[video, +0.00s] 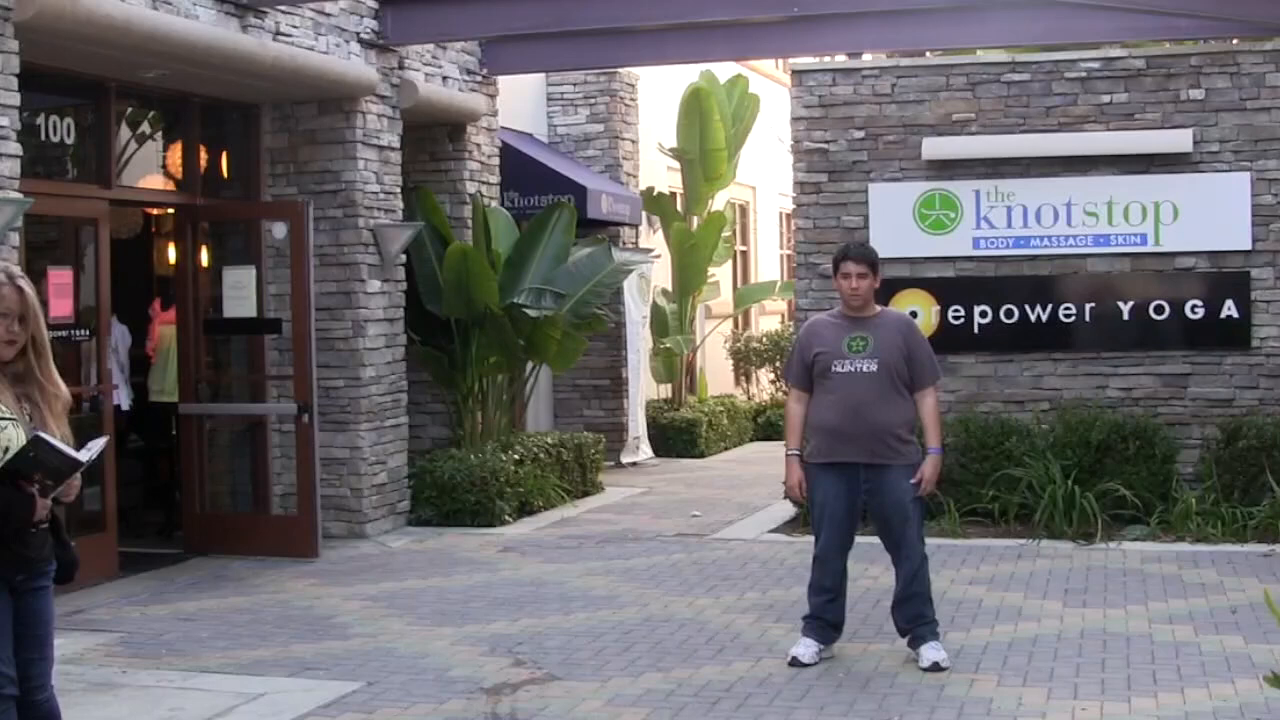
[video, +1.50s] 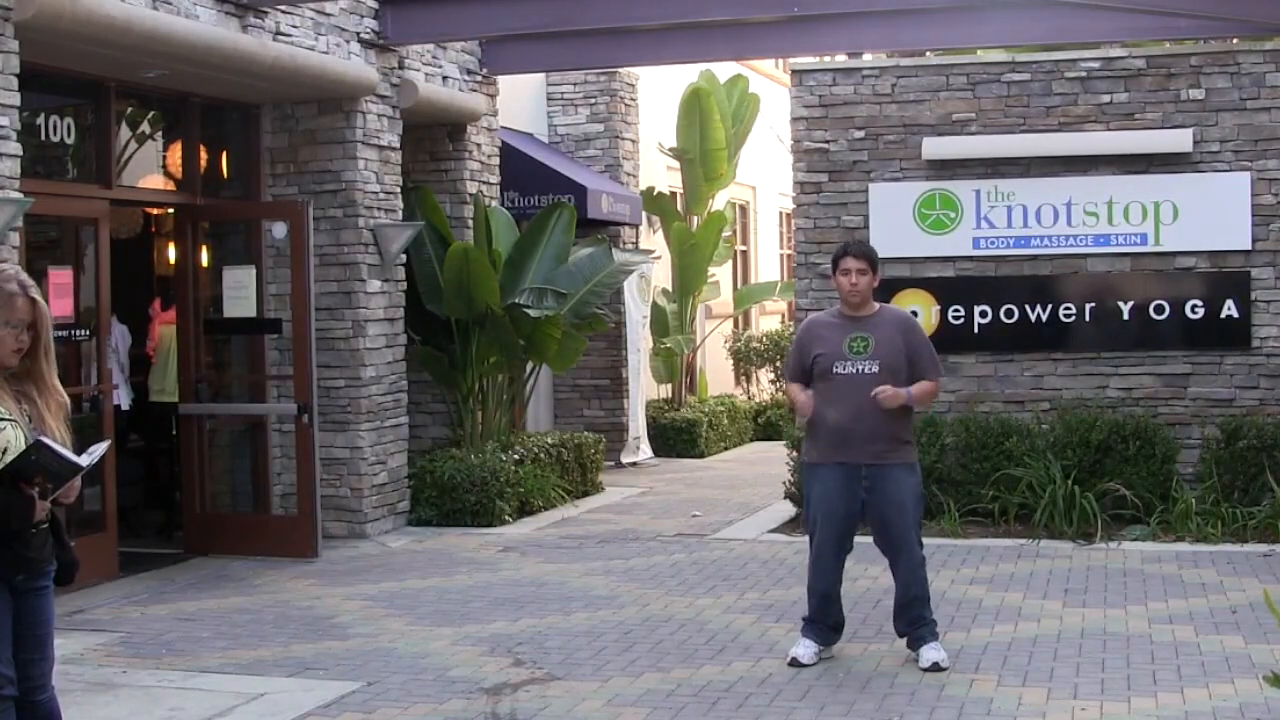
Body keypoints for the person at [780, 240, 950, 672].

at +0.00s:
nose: (853, 284)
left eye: (861, 276)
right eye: (845, 277)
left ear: (876, 280)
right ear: (834, 281)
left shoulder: (902, 328)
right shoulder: (813, 332)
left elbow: (925, 392)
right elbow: (798, 396)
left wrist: (934, 453)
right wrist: (792, 458)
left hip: (894, 462)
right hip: (829, 463)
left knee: (910, 552)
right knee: (828, 552)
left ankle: (924, 636)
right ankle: (817, 634)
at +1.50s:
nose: (853, 280)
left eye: (861, 273)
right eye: (845, 273)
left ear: (875, 278)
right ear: (834, 279)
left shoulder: (902, 323)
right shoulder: (812, 329)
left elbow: (931, 384)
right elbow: (793, 380)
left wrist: (904, 395)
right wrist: (800, 397)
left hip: (893, 461)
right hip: (828, 461)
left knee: (906, 549)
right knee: (824, 549)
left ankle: (923, 636)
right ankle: (817, 634)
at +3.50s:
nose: (862, 283)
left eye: (870, 275)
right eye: (854, 275)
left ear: (885, 279)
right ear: (843, 281)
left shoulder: (913, 325)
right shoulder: (823, 330)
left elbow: (940, 385)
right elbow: (802, 388)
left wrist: (917, 402)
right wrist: (819, 413)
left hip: (906, 460)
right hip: (842, 461)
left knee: (917, 550)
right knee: (833, 550)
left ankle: (924, 637)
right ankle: (817, 635)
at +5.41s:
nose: (851, 282)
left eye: (859, 275)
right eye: (843, 275)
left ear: (873, 280)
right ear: (832, 281)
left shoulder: (898, 327)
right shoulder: (812, 330)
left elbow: (929, 390)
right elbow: (786, 397)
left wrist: (908, 395)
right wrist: (805, 389)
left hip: (887, 464)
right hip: (823, 463)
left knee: (900, 550)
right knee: (818, 550)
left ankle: (923, 637)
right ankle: (818, 633)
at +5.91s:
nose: (857, 278)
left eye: (866, 270)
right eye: (849, 271)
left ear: (880, 276)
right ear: (839, 278)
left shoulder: (906, 327)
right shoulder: (817, 328)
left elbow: (927, 388)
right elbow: (797, 389)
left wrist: (926, 439)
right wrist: (795, 446)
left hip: (893, 463)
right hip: (830, 461)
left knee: (897, 555)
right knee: (827, 552)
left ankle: (899, 644)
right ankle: (815, 635)